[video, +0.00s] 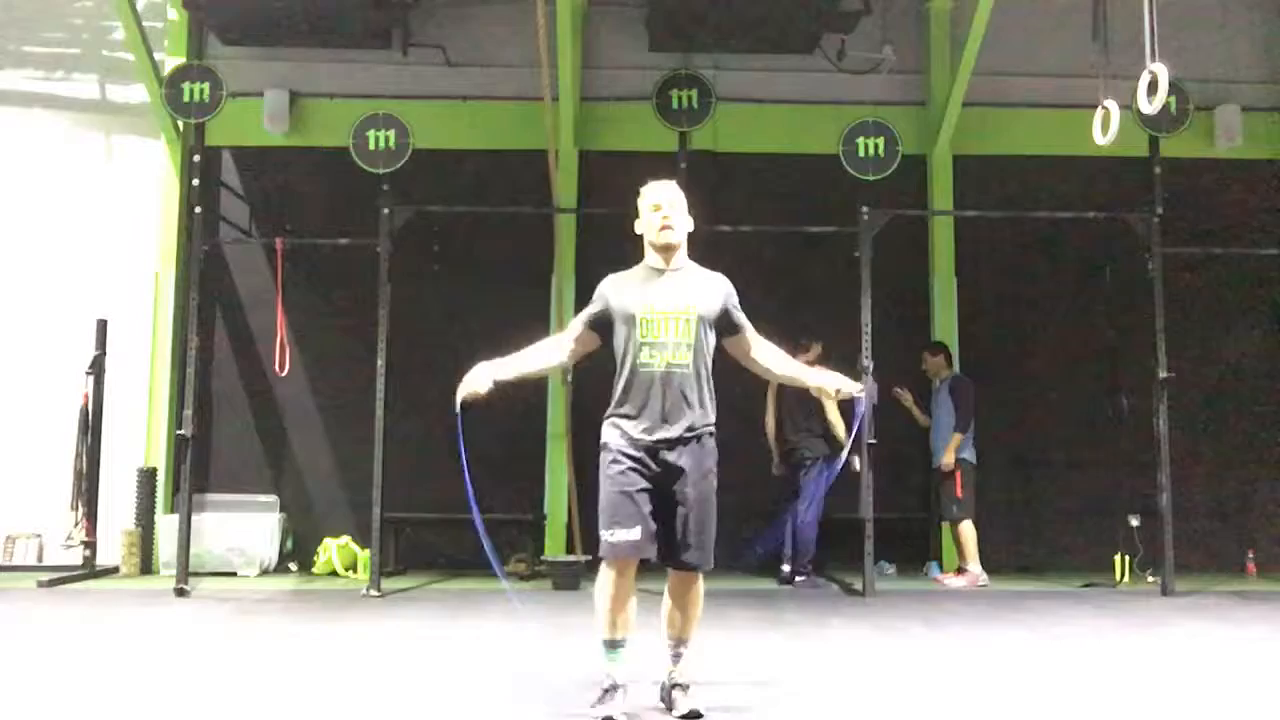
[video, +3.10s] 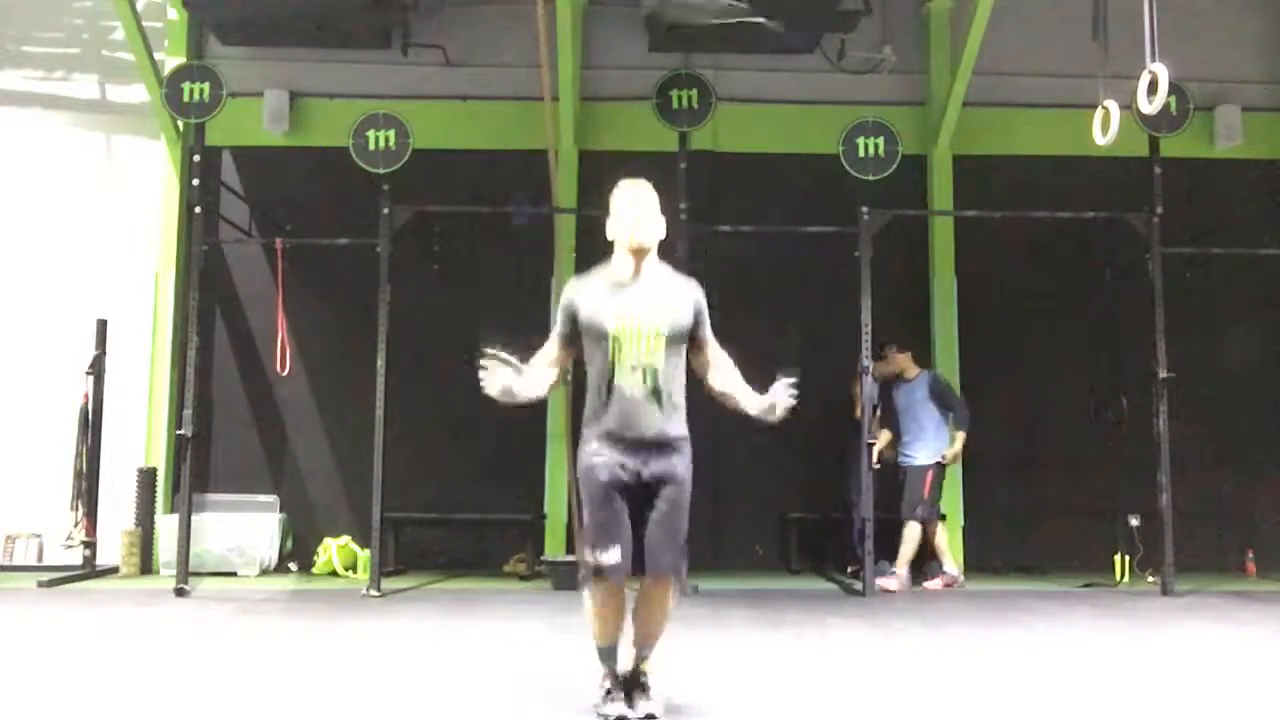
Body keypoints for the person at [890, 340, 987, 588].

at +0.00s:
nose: (924, 366)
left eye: (927, 360)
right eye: (923, 361)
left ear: (941, 358)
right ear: (936, 361)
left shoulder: (959, 384)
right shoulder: (937, 389)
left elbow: (964, 421)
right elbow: (929, 423)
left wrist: (950, 450)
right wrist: (911, 405)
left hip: (958, 457)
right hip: (942, 459)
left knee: (961, 515)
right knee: (952, 516)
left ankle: (974, 569)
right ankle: (965, 567)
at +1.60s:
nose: (952, 361)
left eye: (956, 356)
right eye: (950, 356)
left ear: (972, 356)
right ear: (951, 359)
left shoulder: (991, 384)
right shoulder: (952, 390)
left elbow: (1000, 423)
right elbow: (947, 424)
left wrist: (988, 453)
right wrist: (925, 411)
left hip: (983, 460)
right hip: (957, 463)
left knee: (991, 517)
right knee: (962, 517)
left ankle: (998, 569)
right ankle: (967, 567)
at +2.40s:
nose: (945, 364)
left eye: (948, 358)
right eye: (944, 358)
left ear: (963, 357)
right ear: (953, 359)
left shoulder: (990, 384)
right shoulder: (950, 389)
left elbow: (999, 425)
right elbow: (945, 423)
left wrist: (983, 459)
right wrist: (915, 440)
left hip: (985, 462)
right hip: (956, 463)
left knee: (992, 517)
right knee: (953, 518)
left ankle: (998, 568)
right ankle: (954, 573)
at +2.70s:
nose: (920, 361)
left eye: (924, 355)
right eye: (920, 356)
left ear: (939, 355)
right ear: (934, 357)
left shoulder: (967, 381)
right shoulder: (924, 387)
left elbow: (982, 417)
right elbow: (921, 424)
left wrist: (957, 443)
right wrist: (912, 458)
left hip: (960, 459)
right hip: (931, 460)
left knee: (968, 514)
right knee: (940, 518)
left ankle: (993, 560)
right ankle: (952, 572)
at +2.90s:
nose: (905, 361)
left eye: (909, 355)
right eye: (904, 356)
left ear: (924, 353)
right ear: (911, 358)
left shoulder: (951, 380)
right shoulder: (910, 387)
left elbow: (967, 418)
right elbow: (907, 423)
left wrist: (955, 450)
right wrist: (895, 451)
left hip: (943, 458)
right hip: (920, 459)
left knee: (936, 513)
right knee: (928, 515)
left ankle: (960, 562)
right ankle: (947, 571)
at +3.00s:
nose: (898, 361)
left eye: (902, 355)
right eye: (896, 356)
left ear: (916, 353)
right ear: (900, 359)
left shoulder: (940, 380)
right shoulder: (902, 388)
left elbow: (964, 414)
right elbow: (898, 423)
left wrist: (956, 448)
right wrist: (886, 449)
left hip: (937, 456)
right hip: (914, 458)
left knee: (922, 512)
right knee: (932, 516)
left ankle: (931, 572)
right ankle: (951, 569)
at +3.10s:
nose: (891, 363)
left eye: (894, 357)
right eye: (888, 359)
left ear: (907, 356)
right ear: (890, 362)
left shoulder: (932, 381)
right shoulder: (894, 388)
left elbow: (961, 411)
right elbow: (891, 423)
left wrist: (957, 446)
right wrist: (877, 446)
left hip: (930, 458)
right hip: (909, 459)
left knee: (913, 515)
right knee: (930, 517)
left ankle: (900, 574)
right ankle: (951, 570)